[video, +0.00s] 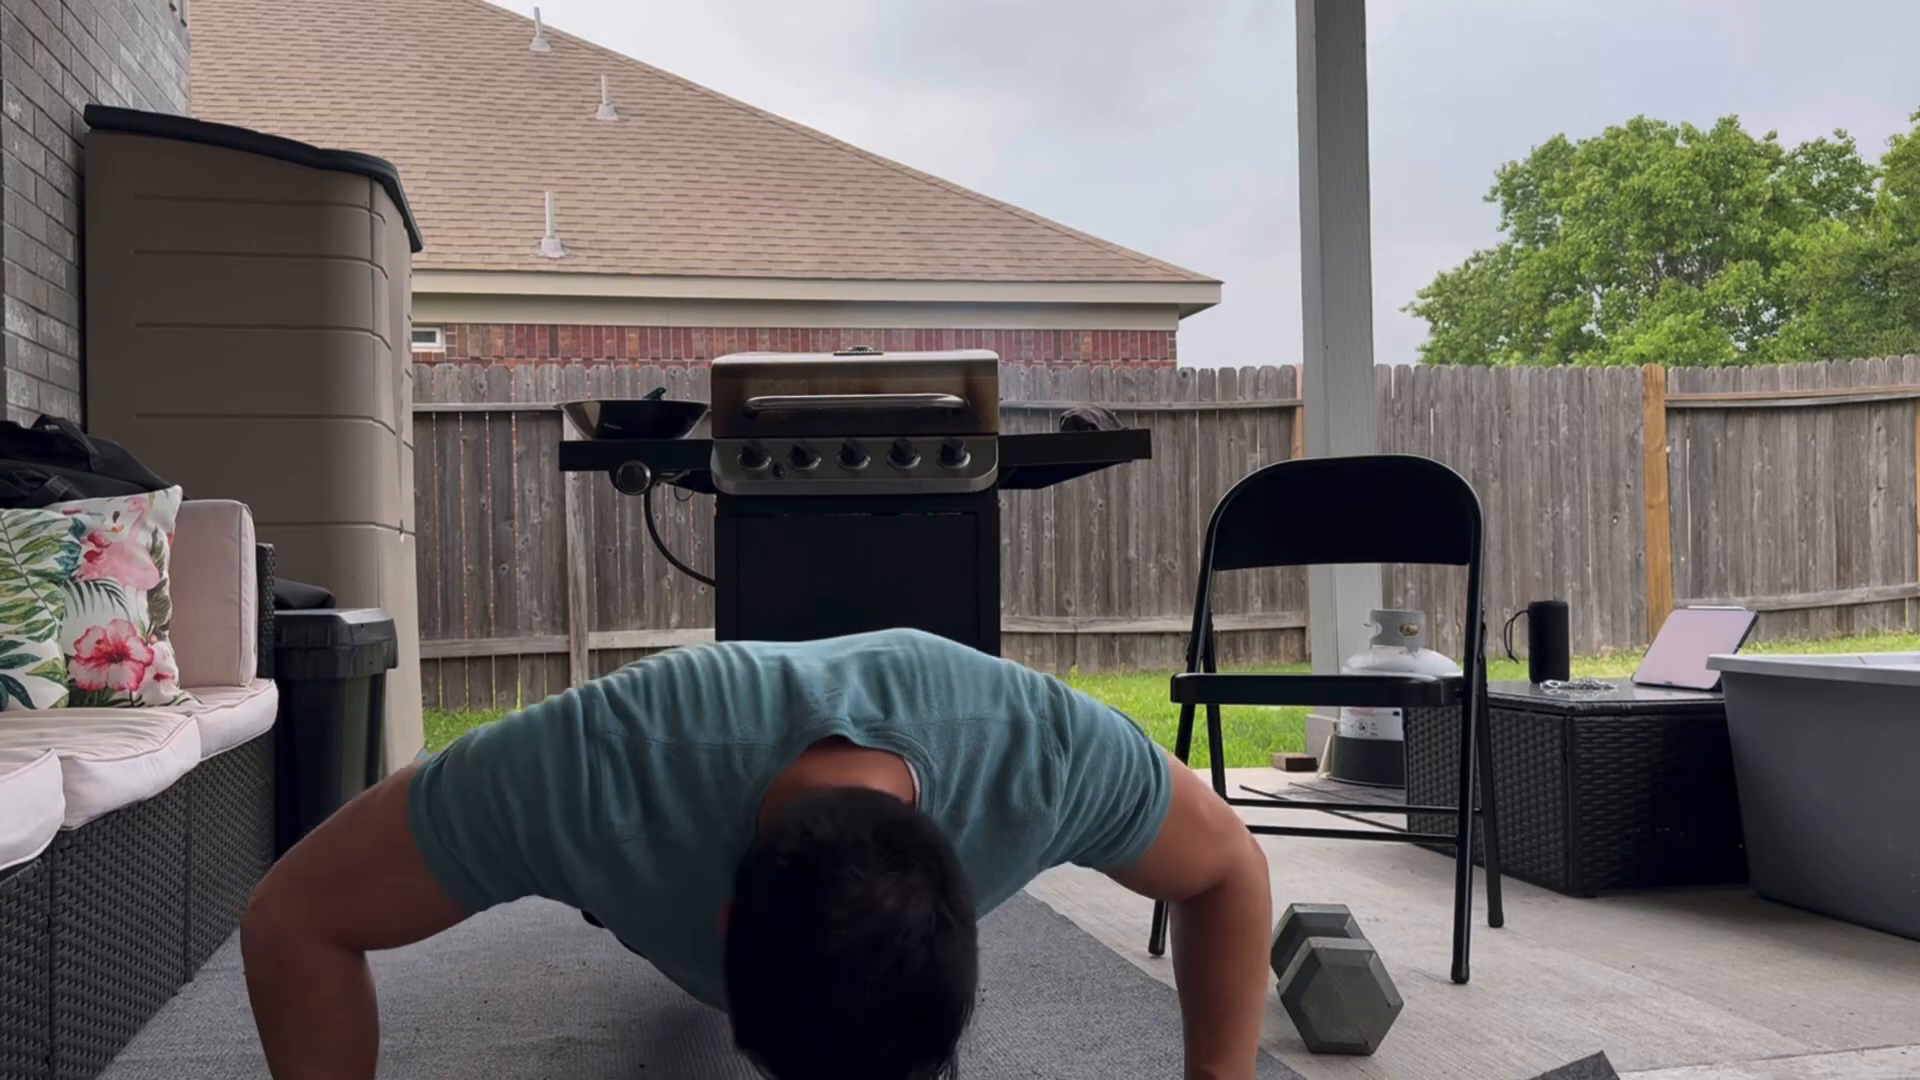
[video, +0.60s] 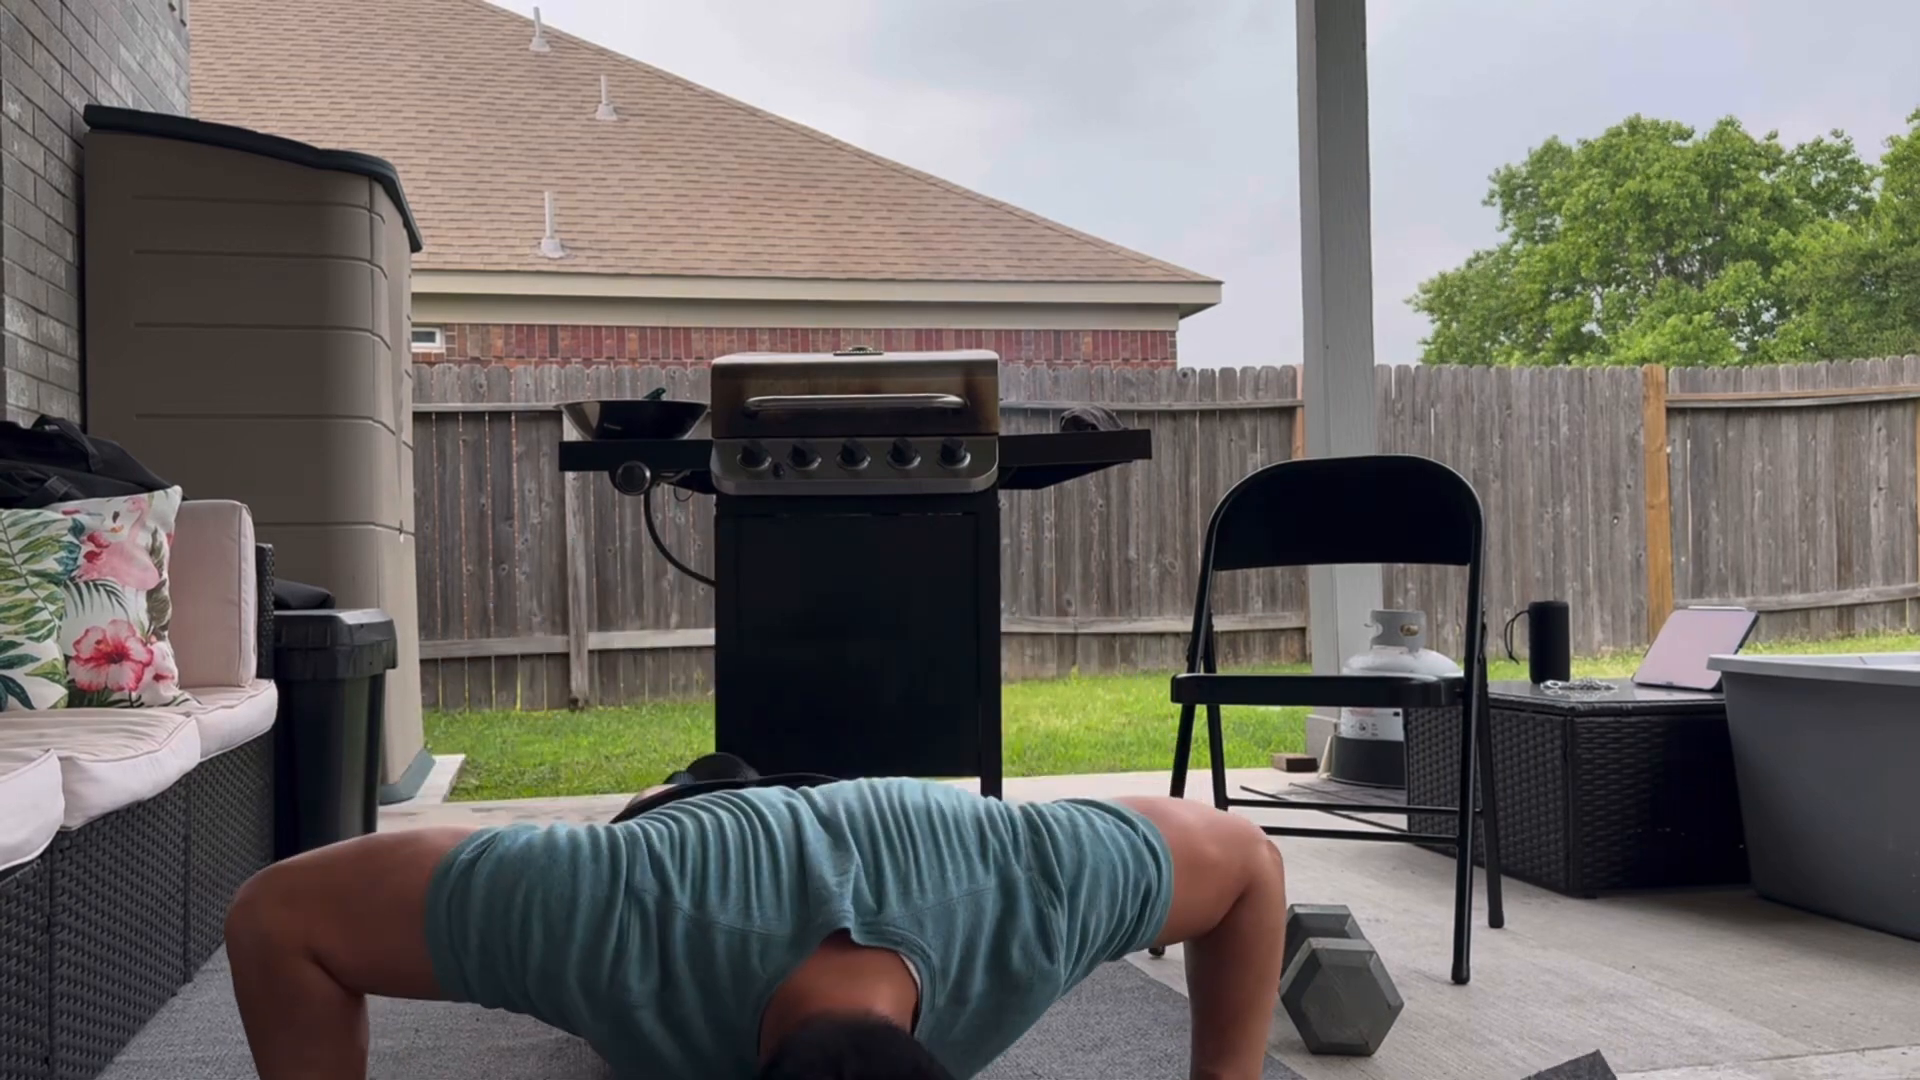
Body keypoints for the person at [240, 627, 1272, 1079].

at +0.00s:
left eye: (895, 1060)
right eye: (790, 1049)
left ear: (963, 918)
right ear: (731, 919)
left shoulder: (1050, 762)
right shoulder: (586, 778)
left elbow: (1229, 873)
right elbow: (294, 924)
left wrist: (1223, 1067)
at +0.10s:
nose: (819, 941)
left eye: (860, 925)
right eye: (792, 911)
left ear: (954, 792)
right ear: (723, 754)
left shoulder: (1034, 645)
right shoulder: (591, 635)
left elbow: (1193, 857)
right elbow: (360, 896)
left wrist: (1216, 1074)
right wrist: (354, 1079)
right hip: (657, 828)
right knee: (657, 896)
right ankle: (625, 869)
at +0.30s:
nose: (833, 1032)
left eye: (877, 1017)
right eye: (793, 997)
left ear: (964, 835)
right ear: (731, 855)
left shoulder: (1039, 715)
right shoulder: (591, 716)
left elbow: (1215, 871)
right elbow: (311, 912)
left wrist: (1216, 1070)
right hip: (664, 897)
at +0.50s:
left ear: (933, 1036)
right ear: (746, 1037)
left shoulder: (1044, 878)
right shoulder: (599, 904)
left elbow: (1245, 868)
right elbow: (276, 928)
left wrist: (1226, 1072)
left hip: (937, 818)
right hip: (698, 826)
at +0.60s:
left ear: (927, 1048)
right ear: (749, 1049)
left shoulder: (1040, 897)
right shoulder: (613, 926)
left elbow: (1246, 869)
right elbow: (278, 928)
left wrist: (1228, 1069)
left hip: (920, 817)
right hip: (683, 834)